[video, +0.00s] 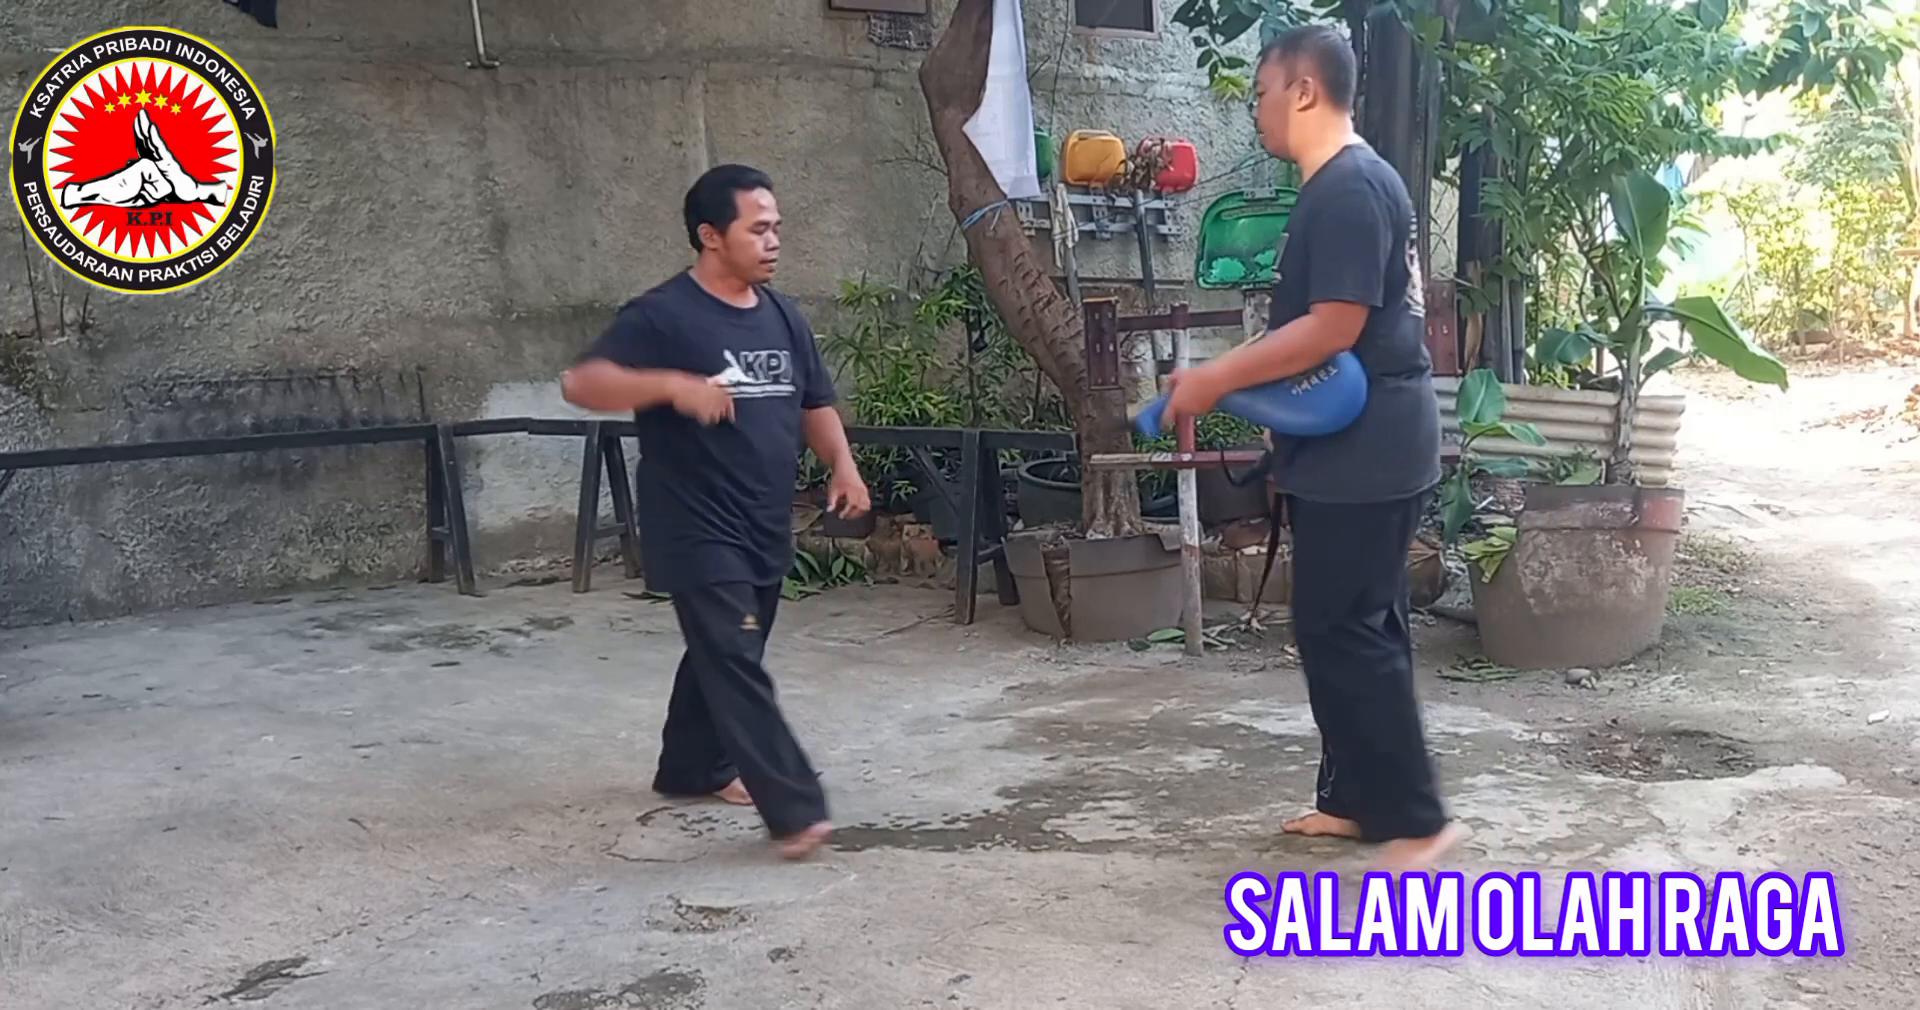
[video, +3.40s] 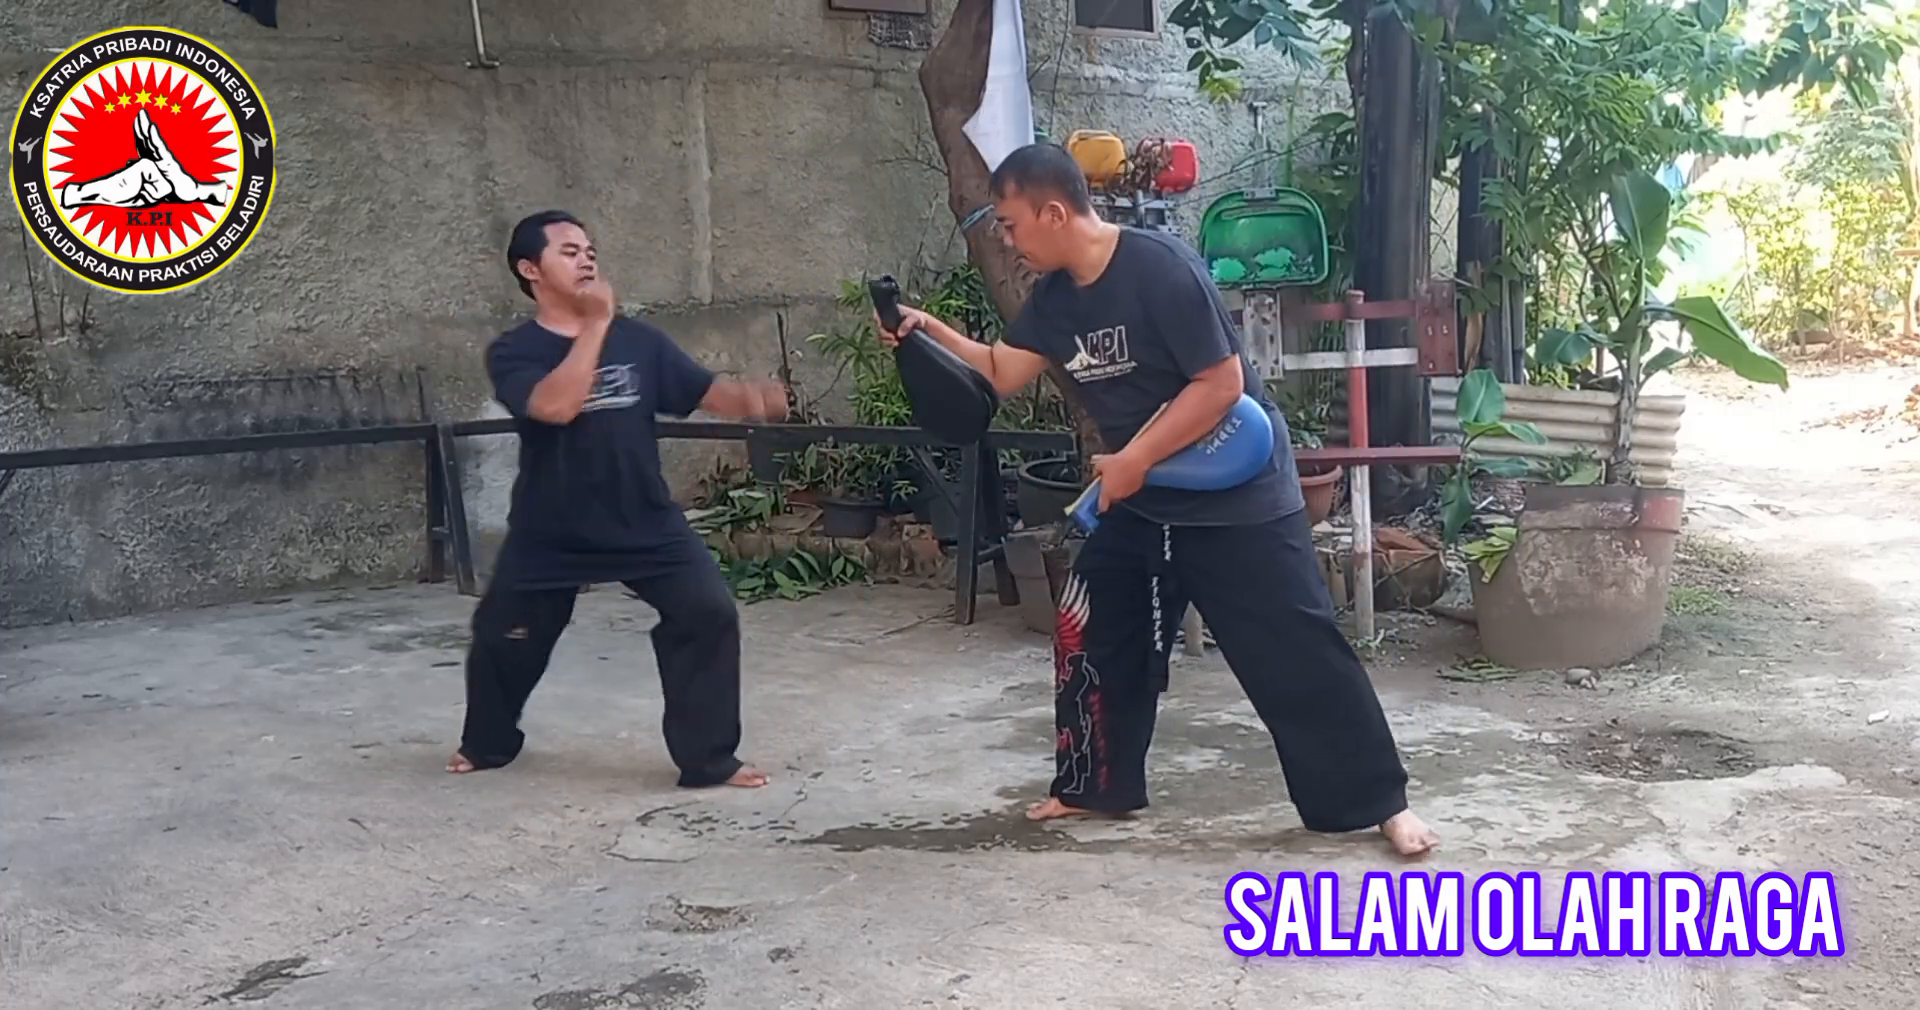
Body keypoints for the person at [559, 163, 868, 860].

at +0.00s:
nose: (775, 238)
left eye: (776, 225)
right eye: (760, 227)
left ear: (772, 229)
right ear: (710, 236)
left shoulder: (783, 314)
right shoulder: (661, 313)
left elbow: (814, 402)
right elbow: (580, 382)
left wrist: (843, 463)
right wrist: (673, 386)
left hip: (766, 523)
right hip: (694, 524)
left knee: (729, 649)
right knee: (731, 654)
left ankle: (690, 769)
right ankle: (795, 811)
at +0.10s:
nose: (740, 232)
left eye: (742, 219)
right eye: (724, 220)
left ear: (743, 225)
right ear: (676, 229)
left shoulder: (762, 307)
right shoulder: (640, 296)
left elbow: (797, 394)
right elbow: (601, 342)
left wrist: (812, 461)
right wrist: (703, 367)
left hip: (745, 513)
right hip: (669, 510)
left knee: (729, 650)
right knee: (691, 642)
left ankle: (706, 774)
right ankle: (708, 799)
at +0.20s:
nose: (696, 222)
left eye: (699, 211)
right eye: (680, 213)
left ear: (704, 217)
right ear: (634, 226)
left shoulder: (727, 301)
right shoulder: (608, 304)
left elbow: (767, 382)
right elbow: (624, 370)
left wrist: (754, 452)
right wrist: (734, 367)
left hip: (713, 504)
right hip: (630, 507)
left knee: (716, 649)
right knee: (626, 644)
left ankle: (706, 774)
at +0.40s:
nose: (630, 242)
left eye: (632, 229)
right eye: (614, 233)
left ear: (635, 229)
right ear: (567, 241)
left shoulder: (656, 310)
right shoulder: (531, 328)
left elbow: (687, 401)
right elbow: (545, 434)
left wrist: (691, 463)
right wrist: (654, 422)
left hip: (647, 518)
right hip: (557, 524)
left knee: (682, 645)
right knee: (539, 648)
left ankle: (705, 773)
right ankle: (532, 756)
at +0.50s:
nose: (596, 259)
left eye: (603, 244)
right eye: (581, 247)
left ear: (610, 238)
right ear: (539, 243)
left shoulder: (631, 309)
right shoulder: (493, 320)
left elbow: (654, 395)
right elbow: (463, 414)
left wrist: (650, 463)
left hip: (618, 509)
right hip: (529, 517)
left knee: (654, 622)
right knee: (527, 644)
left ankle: (674, 754)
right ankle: (532, 759)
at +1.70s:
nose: (613, 247)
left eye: (616, 235)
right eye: (598, 235)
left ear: (620, 242)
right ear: (554, 245)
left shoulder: (636, 323)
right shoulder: (507, 318)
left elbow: (684, 393)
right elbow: (504, 405)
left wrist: (715, 432)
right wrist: (586, 372)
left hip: (613, 503)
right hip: (520, 502)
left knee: (650, 619)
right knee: (486, 613)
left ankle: (666, 751)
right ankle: (476, 726)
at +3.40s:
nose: (587, 260)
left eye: (589, 252)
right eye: (570, 251)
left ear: (598, 265)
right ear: (530, 270)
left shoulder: (637, 339)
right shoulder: (515, 351)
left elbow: (704, 390)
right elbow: (555, 405)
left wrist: (752, 398)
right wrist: (596, 323)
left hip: (646, 524)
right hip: (552, 531)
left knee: (710, 614)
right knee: (500, 637)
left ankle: (707, 761)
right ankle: (487, 743)